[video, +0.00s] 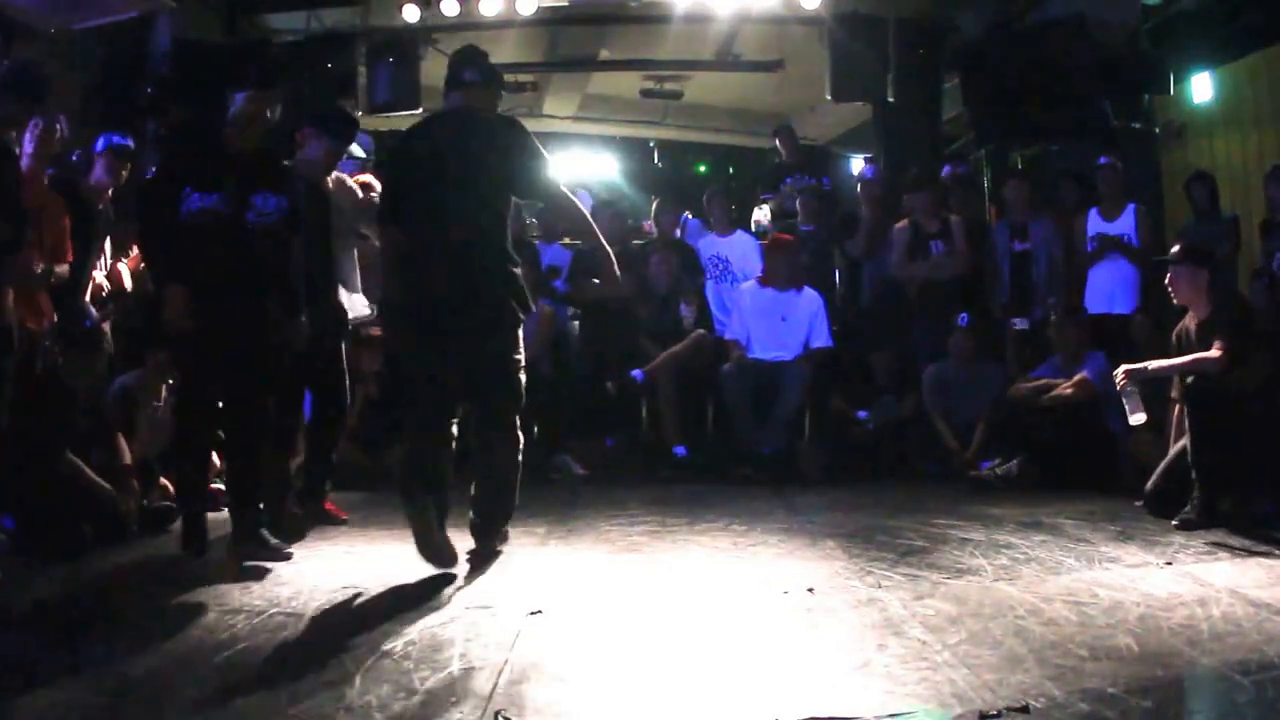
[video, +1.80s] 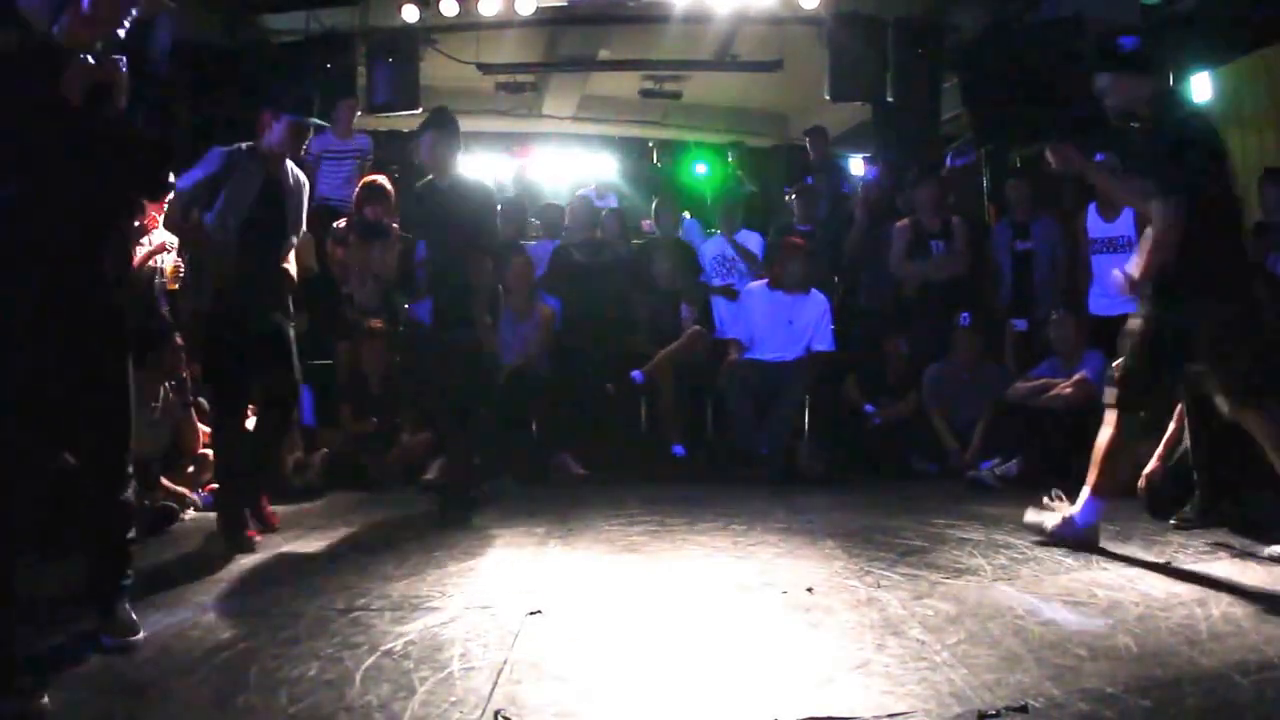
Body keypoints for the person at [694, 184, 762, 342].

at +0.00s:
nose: (718, 212)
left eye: (722, 206)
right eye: (714, 207)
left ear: (730, 208)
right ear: (707, 211)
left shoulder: (748, 242)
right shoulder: (703, 246)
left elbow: (759, 281)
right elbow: (701, 281)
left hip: (749, 320)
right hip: (719, 322)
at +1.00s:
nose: (717, 215)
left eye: (722, 209)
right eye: (713, 210)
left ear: (734, 210)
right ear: (709, 212)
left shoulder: (750, 241)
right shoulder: (705, 246)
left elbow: (762, 281)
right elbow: (700, 282)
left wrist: (742, 307)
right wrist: (711, 298)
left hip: (749, 317)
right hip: (718, 321)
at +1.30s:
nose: (723, 213)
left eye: (727, 208)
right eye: (719, 208)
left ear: (735, 208)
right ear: (711, 212)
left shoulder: (753, 242)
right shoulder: (705, 247)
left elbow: (763, 276)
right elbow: (699, 283)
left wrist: (739, 287)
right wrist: (721, 290)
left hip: (754, 323)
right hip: (722, 326)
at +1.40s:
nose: (721, 214)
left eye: (726, 208)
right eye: (716, 209)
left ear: (736, 209)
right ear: (711, 211)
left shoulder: (753, 242)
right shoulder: (706, 247)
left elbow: (766, 278)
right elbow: (695, 284)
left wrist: (728, 275)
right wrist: (720, 293)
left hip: (753, 324)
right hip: (721, 326)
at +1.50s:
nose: (720, 213)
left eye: (725, 207)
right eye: (715, 207)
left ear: (735, 208)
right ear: (710, 210)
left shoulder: (754, 242)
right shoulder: (706, 248)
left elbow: (761, 279)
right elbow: (697, 283)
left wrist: (728, 259)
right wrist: (719, 293)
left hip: (756, 322)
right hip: (723, 325)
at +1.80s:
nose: (730, 216)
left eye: (734, 211)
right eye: (725, 211)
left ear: (741, 212)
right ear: (718, 214)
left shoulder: (754, 239)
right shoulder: (706, 249)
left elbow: (758, 268)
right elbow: (698, 284)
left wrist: (731, 240)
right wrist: (719, 290)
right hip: (724, 326)